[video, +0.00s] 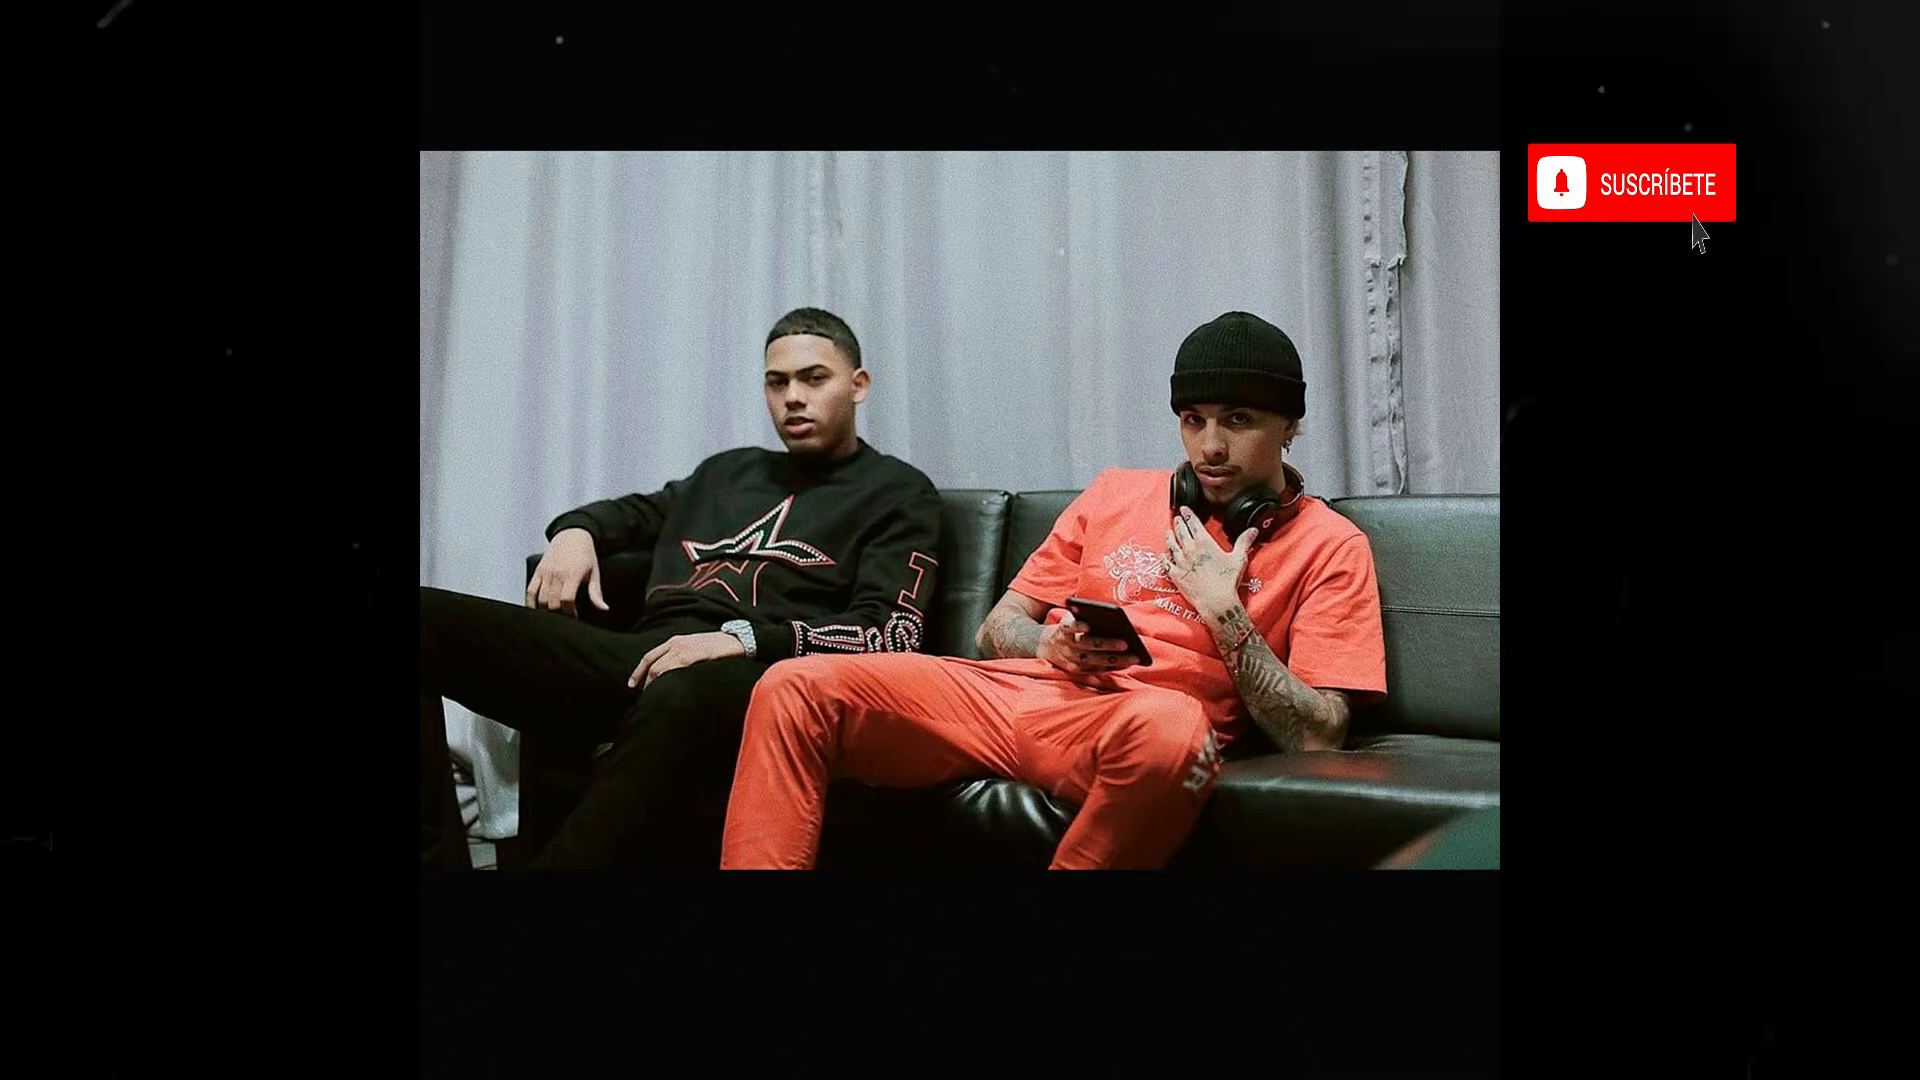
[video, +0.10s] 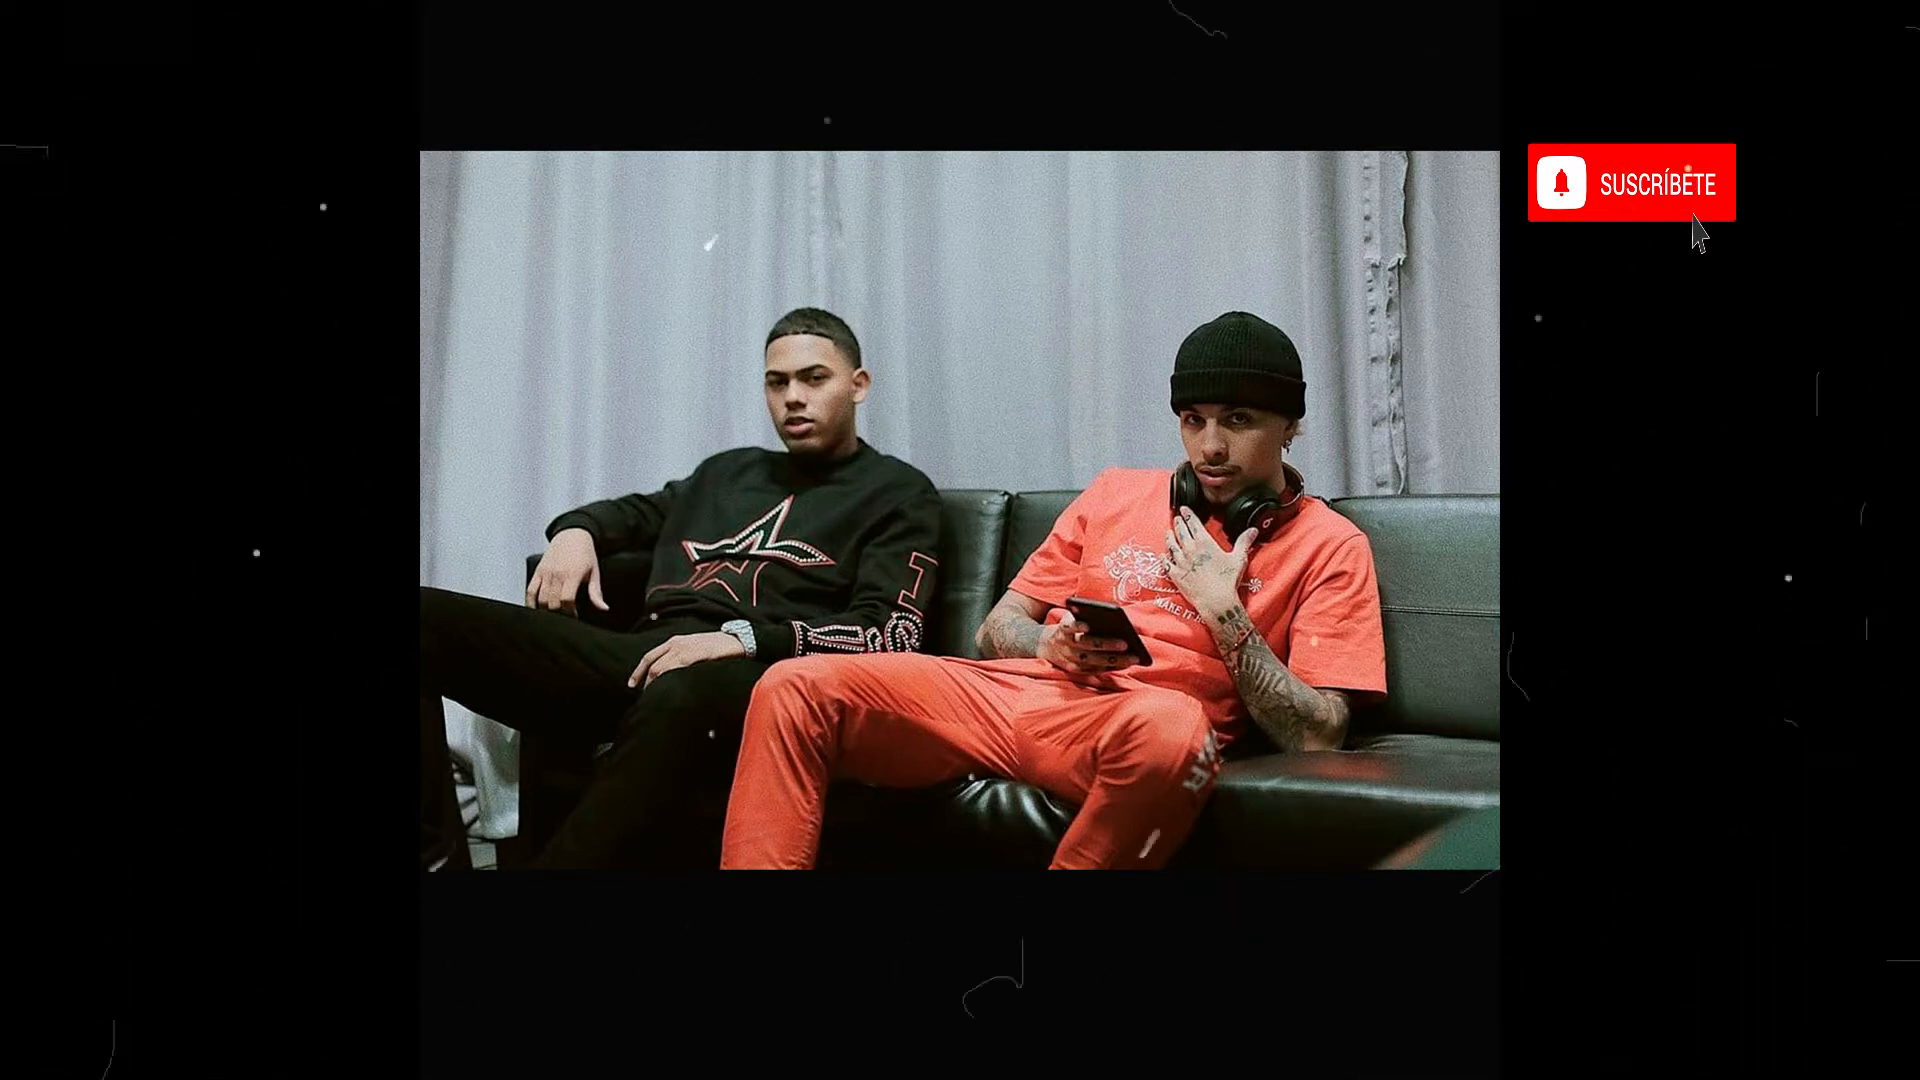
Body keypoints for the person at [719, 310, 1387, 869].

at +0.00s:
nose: (1210, 445)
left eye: (1238, 421)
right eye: (1196, 419)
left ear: (1289, 429)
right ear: (1179, 422)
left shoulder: (1328, 546)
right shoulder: (1118, 492)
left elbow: (1318, 734)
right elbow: (999, 626)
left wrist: (1226, 614)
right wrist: (1050, 647)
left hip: (1132, 708)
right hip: (1014, 685)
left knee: (1170, 746)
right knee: (792, 693)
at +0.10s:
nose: (1210, 445)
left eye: (1238, 421)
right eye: (1196, 419)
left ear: (1289, 429)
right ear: (1179, 422)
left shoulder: (1328, 546)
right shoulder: (1118, 493)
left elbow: (1318, 734)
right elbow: (999, 626)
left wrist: (1226, 614)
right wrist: (1050, 647)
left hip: (1130, 709)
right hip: (1013, 685)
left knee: (1171, 746)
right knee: (792, 693)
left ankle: (1036, 961)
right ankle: (758, 925)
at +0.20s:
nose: (1210, 445)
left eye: (1238, 421)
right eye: (1196, 419)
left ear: (1289, 429)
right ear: (1179, 422)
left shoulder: (1328, 546)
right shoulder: (1118, 492)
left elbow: (1318, 734)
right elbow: (999, 627)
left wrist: (1226, 614)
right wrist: (1051, 648)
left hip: (1131, 707)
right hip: (1013, 685)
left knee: (1170, 746)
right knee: (792, 694)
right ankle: (754, 950)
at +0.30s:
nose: (1210, 445)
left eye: (1238, 421)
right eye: (1196, 419)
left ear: (1289, 429)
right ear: (1179, 422)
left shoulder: (1328, 546)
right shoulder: (1118, 493)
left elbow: (1318, 734)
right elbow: (999, 626)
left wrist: (1226, 614)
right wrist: (1050, 647)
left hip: (1132, 708)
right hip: (1013, 685)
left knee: (1170, 747)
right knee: (792, 693)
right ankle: (759, 911)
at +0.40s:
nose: (1210, 445)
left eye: (1238, 421)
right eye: (1196, 419)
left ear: (1289, 429)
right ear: (1179, 422)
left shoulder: (1328, 546)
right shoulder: (1118, 493)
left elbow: (1318, 734)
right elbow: (999, 627)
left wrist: (1226, 614)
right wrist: (1050, 647)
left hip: (1132, 708)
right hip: (1013, 685)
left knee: (1170, 747)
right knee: (792, 693)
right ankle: (759, 915)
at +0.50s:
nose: (1211, 445)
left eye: (1238, 421)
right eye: (1196, 419)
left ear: (1289, 429)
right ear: (1178, 422)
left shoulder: (1328, 545)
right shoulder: (1118, 492)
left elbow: (1318, 735)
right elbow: (999, 627)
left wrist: (1227, 615)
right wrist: (1050, 647)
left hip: (1129, 709)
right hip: (1012, 685)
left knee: (1171, 746)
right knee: (792, 693)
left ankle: (1042, 946)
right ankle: (763, 932)